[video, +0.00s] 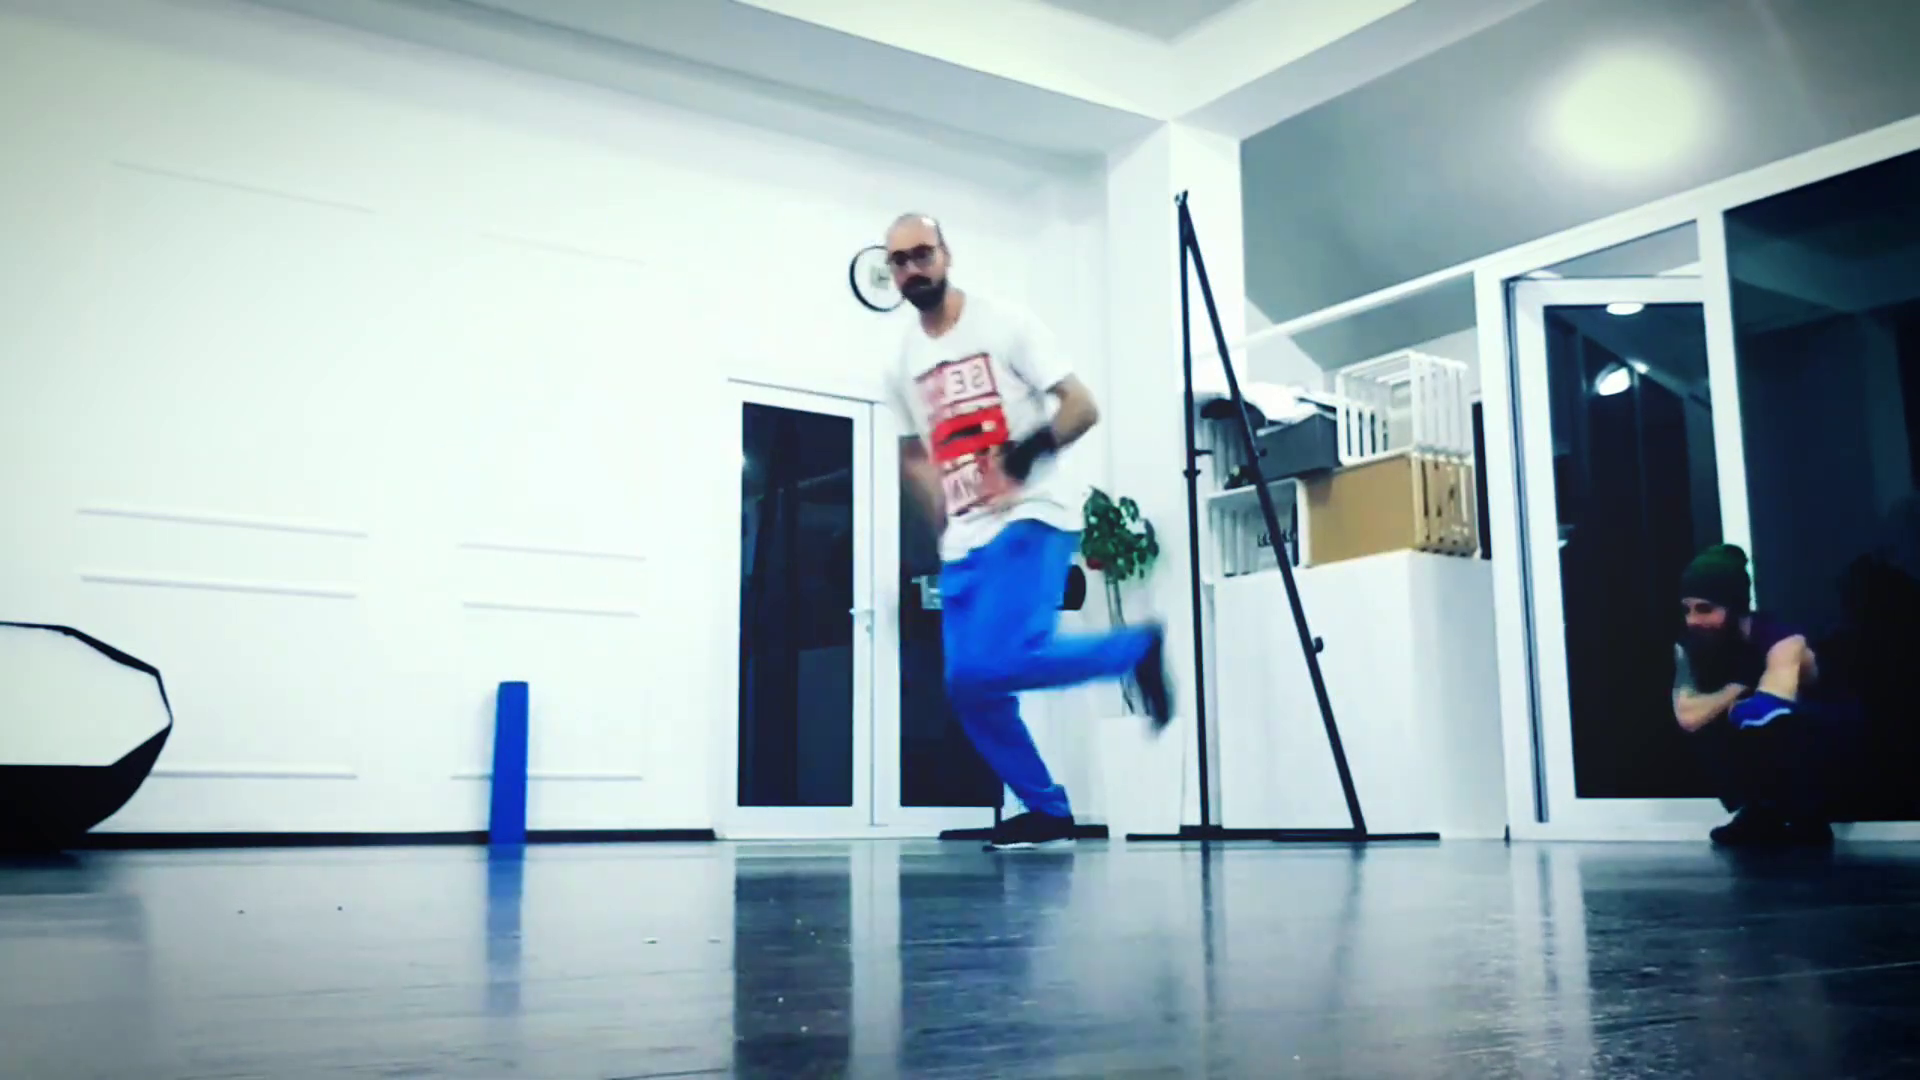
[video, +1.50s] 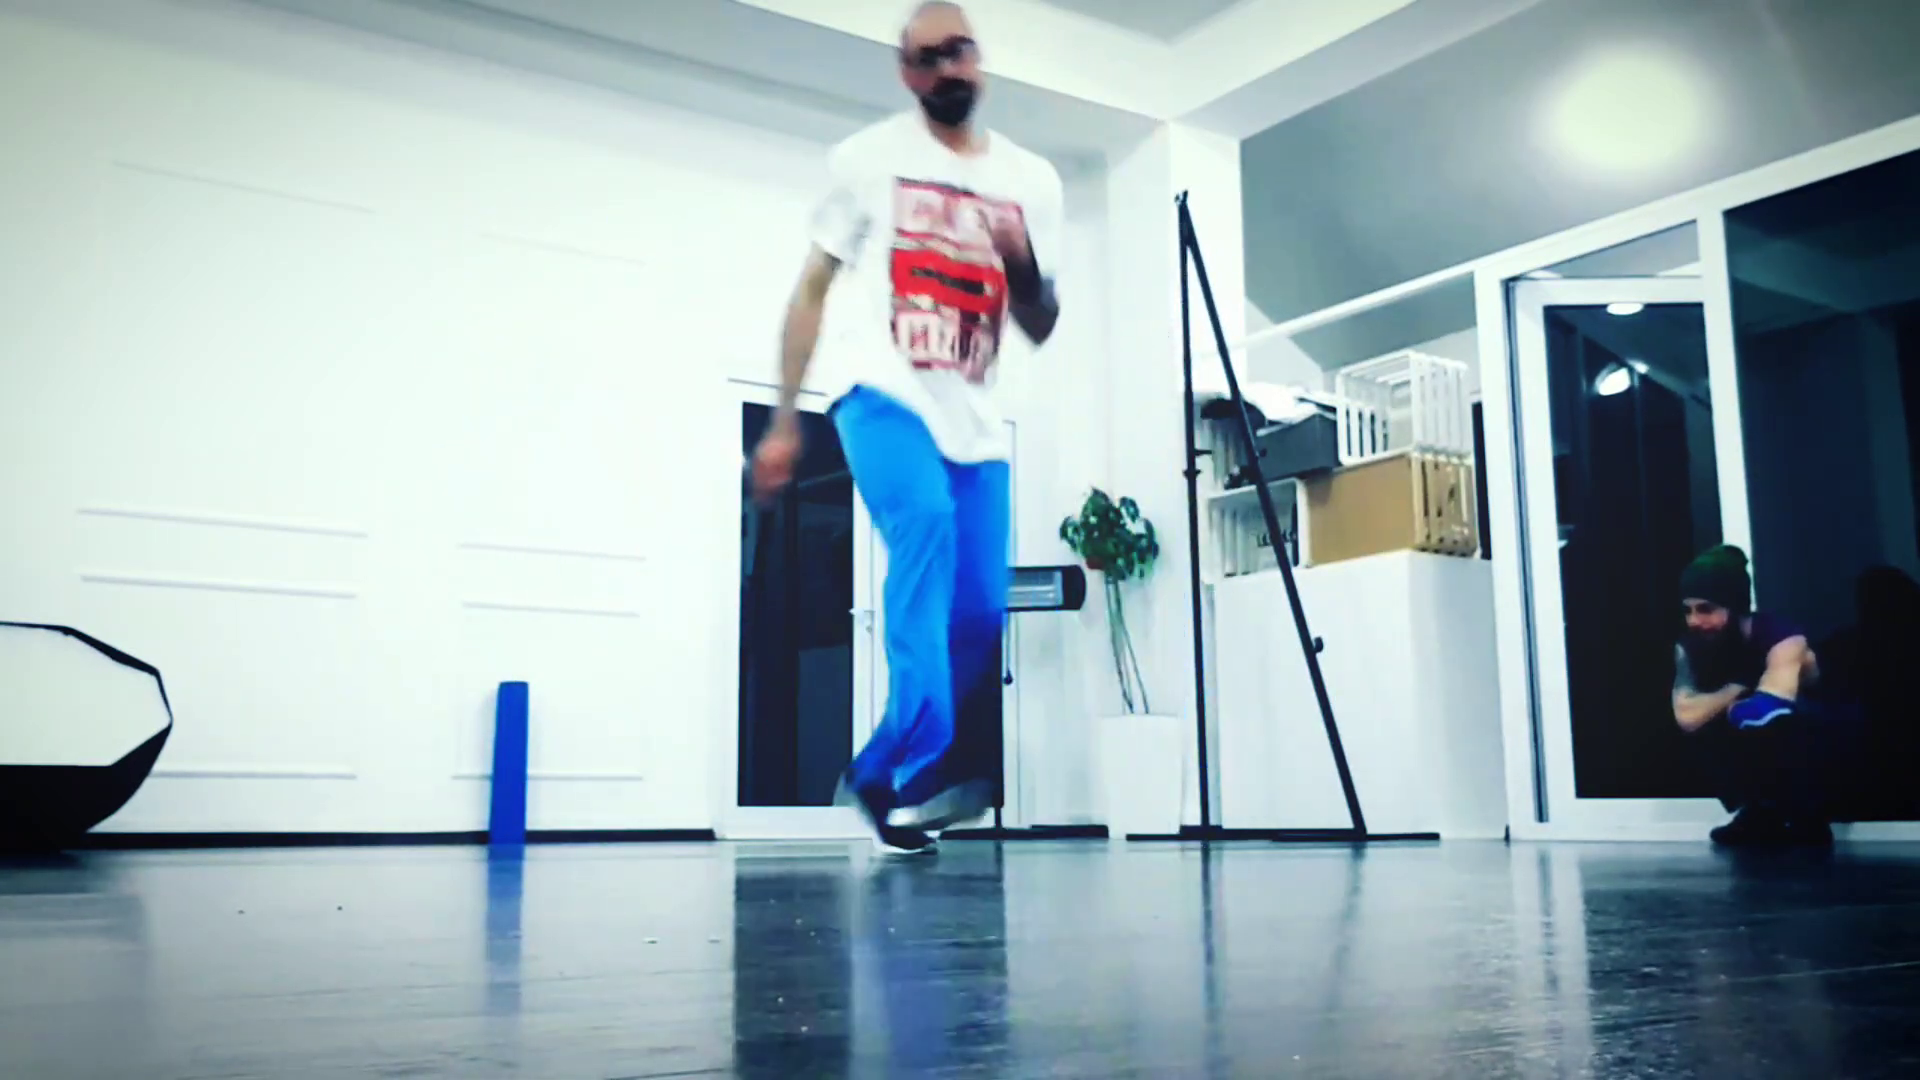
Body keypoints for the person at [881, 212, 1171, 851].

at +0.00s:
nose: (912, 269)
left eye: (921, 254)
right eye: (899, 261)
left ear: (947, 258)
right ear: (889, 274)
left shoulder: (1002, 323)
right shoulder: (903, 359)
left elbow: (1081, 405)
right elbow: (915, 456)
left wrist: (1032, 446)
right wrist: (939, 538)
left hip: (1031, 515)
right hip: (964, 536)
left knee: (997, 657)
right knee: (968, 681)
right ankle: (1047, 809)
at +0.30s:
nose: (1001, 205)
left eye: (1010, 190)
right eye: (987, 196)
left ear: (1033, 192)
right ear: (974, 208)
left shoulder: (1100, 258)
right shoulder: (977, 303)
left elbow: (1170, 345)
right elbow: (966, 400)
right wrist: (976, 459)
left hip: (1129, 455)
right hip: (1056, 481)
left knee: (1128, 587)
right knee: (1095, 619)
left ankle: (1190, 767)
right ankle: (1205, 776)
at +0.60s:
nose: (1114, 181)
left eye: (1127, 169)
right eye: (1100, 168)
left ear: (1144, 182)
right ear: (1077, 181)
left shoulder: (1181, 283)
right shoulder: (1037, 264)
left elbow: (1205, 402)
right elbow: (1023, 371)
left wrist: (1228, 501)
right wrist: (1079, 334)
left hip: (1153, 481)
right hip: (1059, 493)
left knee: (1140, 627)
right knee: (1034, 655)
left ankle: (1188, 805)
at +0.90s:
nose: (1125, 117)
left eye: (1141, 105)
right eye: (1111, 103)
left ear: (1159, 120)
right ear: (1087, 113)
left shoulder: (1162, 222)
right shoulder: (1028, 193)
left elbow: (1167, 340)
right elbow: (920, 289)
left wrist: (1142, 273)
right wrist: (852, 410)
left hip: (1120, 437)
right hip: (1038, 423)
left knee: (1123, 608)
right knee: (1116, 596)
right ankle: (1115, 797)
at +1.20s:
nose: (1065, 104)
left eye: (1079, 90)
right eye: (1049, 89)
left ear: (1096, 104)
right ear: (1020, 100)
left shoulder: (1094, 239)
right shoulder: (964, 173)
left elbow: (1065, 363)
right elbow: (873, 278)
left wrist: (1086, 446)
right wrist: (975, 250)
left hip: (1012, 433)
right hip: (930, 392)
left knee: (1003, 617)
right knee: (997, 533)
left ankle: (884, 795)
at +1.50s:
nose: (948, 68)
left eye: (958, 51)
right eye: (928, 58)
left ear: (982, 57)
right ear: (905, 72)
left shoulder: (1029, 177)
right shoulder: (868, 159)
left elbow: (1039, 326)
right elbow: (811, 289)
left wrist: (1020, 260)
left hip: (978, 408)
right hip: (883, 391)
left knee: (984, 604)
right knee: (927, 524)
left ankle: (879, 772)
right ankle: (920, 775)